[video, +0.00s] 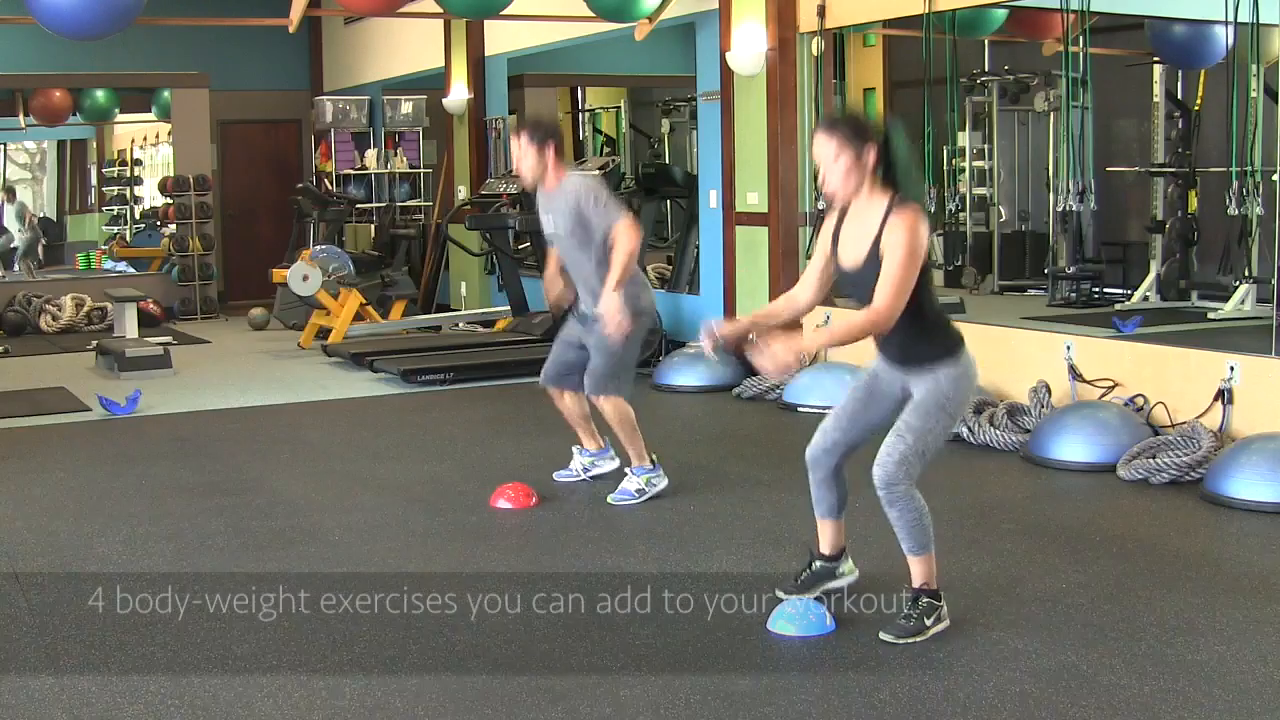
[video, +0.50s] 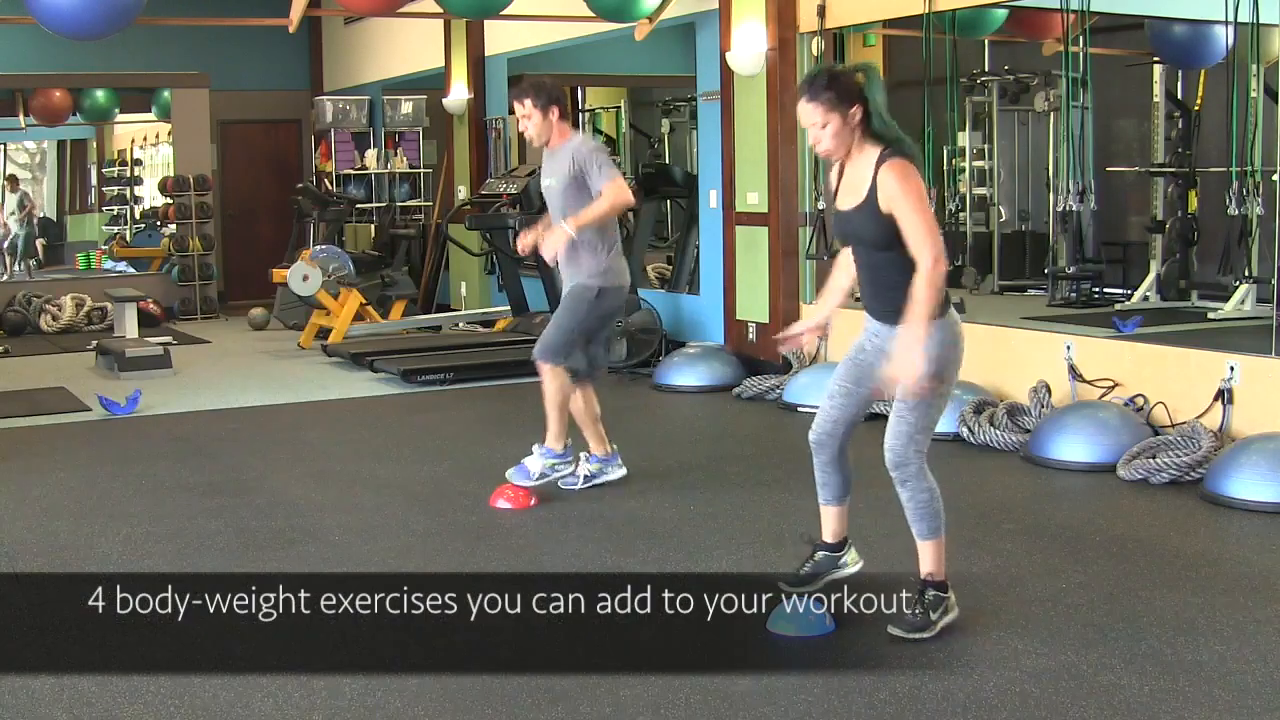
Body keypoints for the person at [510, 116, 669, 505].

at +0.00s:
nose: (515, 164)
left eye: (521, 154)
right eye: (514, 154)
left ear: (548, 151)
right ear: (538, 154)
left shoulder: (584, 186)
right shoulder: (544, 195)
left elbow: (628, 231)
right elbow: (560, 240)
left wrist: (612, 292)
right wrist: (552, 277)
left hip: (621, 307)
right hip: (586, 308)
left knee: (603, 389)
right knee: (558, 381)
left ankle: (646, 470)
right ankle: (596, 452)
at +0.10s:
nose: (518, 124)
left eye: (521, 114)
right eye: (515, 115)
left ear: (548, 109)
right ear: (536, 111)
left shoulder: (583, 144)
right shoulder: (550, 153)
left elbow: (642, 176)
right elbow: (588, 207)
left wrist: (636, 238)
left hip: (608, 276)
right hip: (577, 277)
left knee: (595, 366)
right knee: (562, 361)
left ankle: (630, 453)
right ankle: (589, 439)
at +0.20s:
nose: (516, 106)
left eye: (519, 96)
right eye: (514, 97)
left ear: (546, 93)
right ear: (539, 95)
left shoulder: (582, 127)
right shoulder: (549, 134)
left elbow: (642, 161)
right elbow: (588, 186)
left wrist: (641, 223)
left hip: (600, 257)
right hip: (578, 256)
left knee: (574, 347)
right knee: (569, 347)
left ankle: (597, 440)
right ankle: (588, 438)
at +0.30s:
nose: (515, 115)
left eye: (519, 105)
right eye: (513, 106)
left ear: (546, 102)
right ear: (541, 104)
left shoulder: (582, 137)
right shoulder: (547, 145)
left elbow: (636, 178)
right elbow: (583, 202)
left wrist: (629, 240)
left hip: (597, 264)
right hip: (573, 263)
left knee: (556, 347)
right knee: (570, 357)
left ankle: (562, 441)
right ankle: (596, 447)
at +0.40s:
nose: (520, 133)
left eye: (526, 124)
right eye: (518, 124)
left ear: (553, 122)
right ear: (544, 125)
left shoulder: (583, 159)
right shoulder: (550, 168)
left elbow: (629, 203)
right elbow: (575, 221)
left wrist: (600, 252)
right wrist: (556, 254)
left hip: (597, 288)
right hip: (576, 288)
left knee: (541, 365)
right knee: (569, 384)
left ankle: (553, 457)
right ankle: (606, 460)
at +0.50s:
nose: (522, 127)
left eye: (527, 117)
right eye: (519, 118)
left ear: (554, 114)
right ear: (539, 118)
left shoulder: (585, 149)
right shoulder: (550, 157)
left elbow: (622, 195)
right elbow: (569, 210)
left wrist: (569, 228)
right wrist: (540, 230)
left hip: (601, 280)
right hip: (577, 280)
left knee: (549, 356)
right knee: (574, 372)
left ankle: (555, 449)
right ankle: (603, 456)